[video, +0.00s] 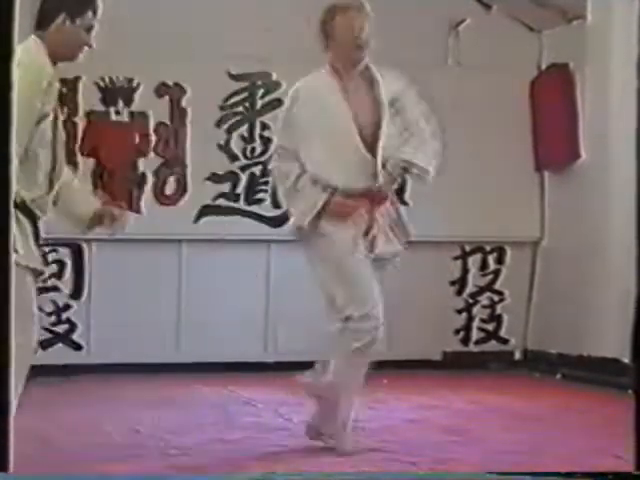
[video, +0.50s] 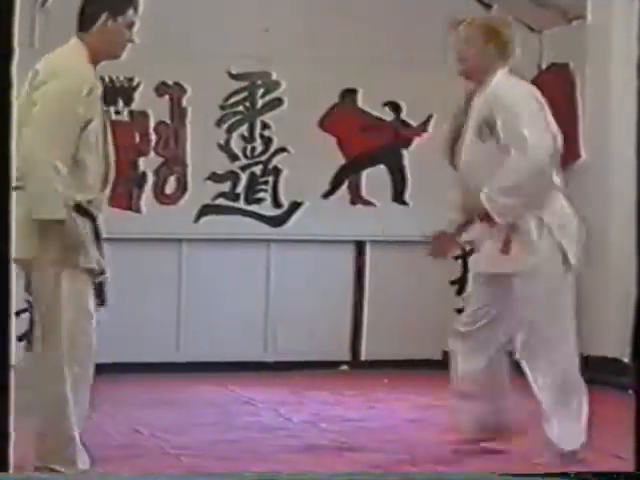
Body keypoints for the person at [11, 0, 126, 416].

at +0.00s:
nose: (90, 42)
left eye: (92, 31)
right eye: (86, 29)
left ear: (61, 23)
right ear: (60, 22)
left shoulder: (43, 75)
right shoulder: (29, 71)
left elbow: (51, 169)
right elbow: (13, 157)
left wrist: (91, 210)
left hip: (25, 226)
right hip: (14, 228)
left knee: (25, 335)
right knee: (21, 335)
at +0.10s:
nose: (94, 41)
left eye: (97, 31)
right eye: (93, 28)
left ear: (68, 23)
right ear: (69, 21)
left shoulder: (47, 71)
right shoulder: (32, 66)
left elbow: (34, 160)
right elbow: (14, 150)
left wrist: (41, 236)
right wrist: (23, 232)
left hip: (32, 226)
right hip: (19, 226)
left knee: (32, 339)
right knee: (29, 339)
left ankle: (13, 452)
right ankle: (10, 453)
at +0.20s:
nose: (102, 41)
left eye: (104, 31)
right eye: (99, 28)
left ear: (76, 25)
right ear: (73, 21)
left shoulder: (55, 74)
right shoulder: (34, 65)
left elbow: (42, 157)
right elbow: (14, 148)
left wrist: (44, 234)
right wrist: (21, 230)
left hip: (36, 225)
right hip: (21, 226)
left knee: (38, 333)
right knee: (35, 333)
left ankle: (25, 451)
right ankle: (21, 454)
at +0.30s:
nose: (115, 42)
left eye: (118, 32)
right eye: (113, 30)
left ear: (88, 26)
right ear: (87, 24)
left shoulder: (65, 76)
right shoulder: (42, 70)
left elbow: (47, 160)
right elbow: (16, 150)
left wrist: (58, 233)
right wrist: (15, 217)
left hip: (47, 226)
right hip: (29, 226)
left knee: (47, 335)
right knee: (46, 336)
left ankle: (47, 445)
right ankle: (47, 448)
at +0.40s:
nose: (124, 41)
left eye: (126, 31)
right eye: (120, 29)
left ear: (95, 26)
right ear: (95, 25)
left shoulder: (70, 76)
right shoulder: (54, 72)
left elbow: (56, 159)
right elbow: (25, 147)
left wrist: (71, 235)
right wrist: (20, 218)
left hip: (57, 226)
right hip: (40, 225)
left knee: (51, 338)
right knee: (54, 339)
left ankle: (51, 450)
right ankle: (57, 455)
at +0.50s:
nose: (133, 36)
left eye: (134, 26)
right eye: (129, 24)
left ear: (99, 22)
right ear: (104, 22)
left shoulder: (66, 69)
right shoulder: (71, 74)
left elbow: (49, 153)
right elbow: (45, 152)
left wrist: (77, 223)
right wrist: (61, 225)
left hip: (58, 227)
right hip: (58, 230)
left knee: (61, 344)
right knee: (67, 346)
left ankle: (57, 449)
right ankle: (60, 454)